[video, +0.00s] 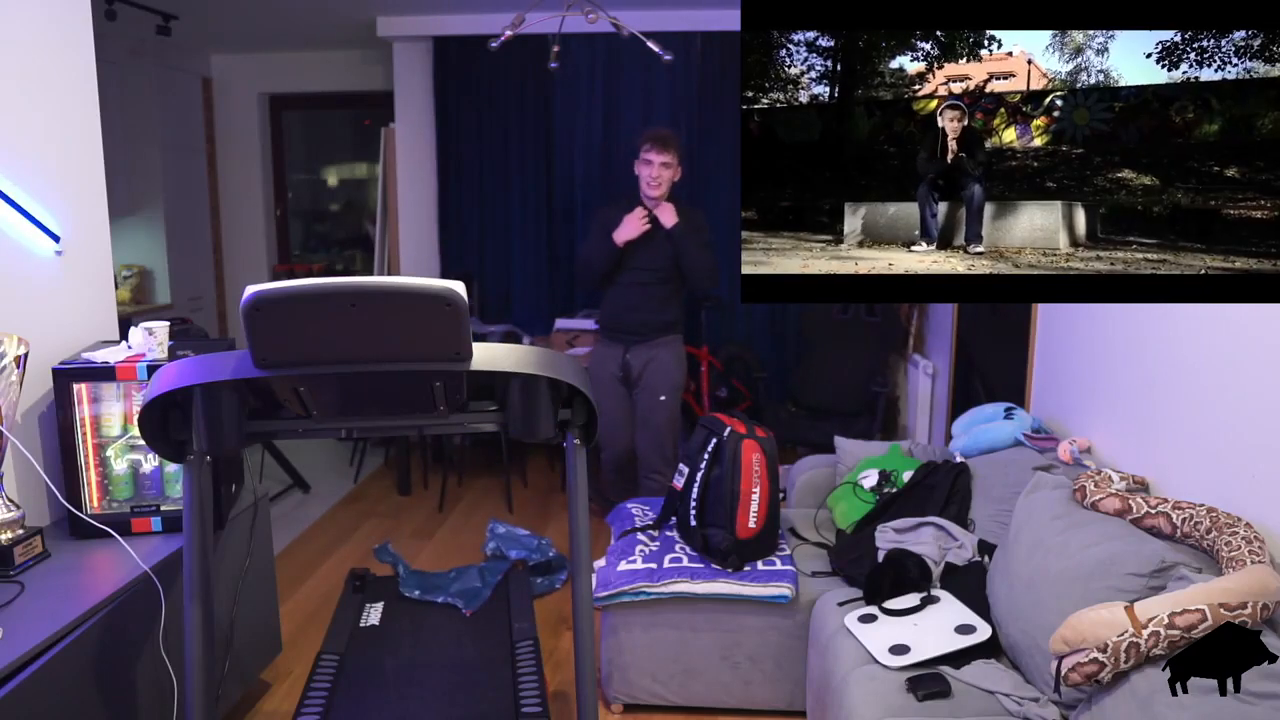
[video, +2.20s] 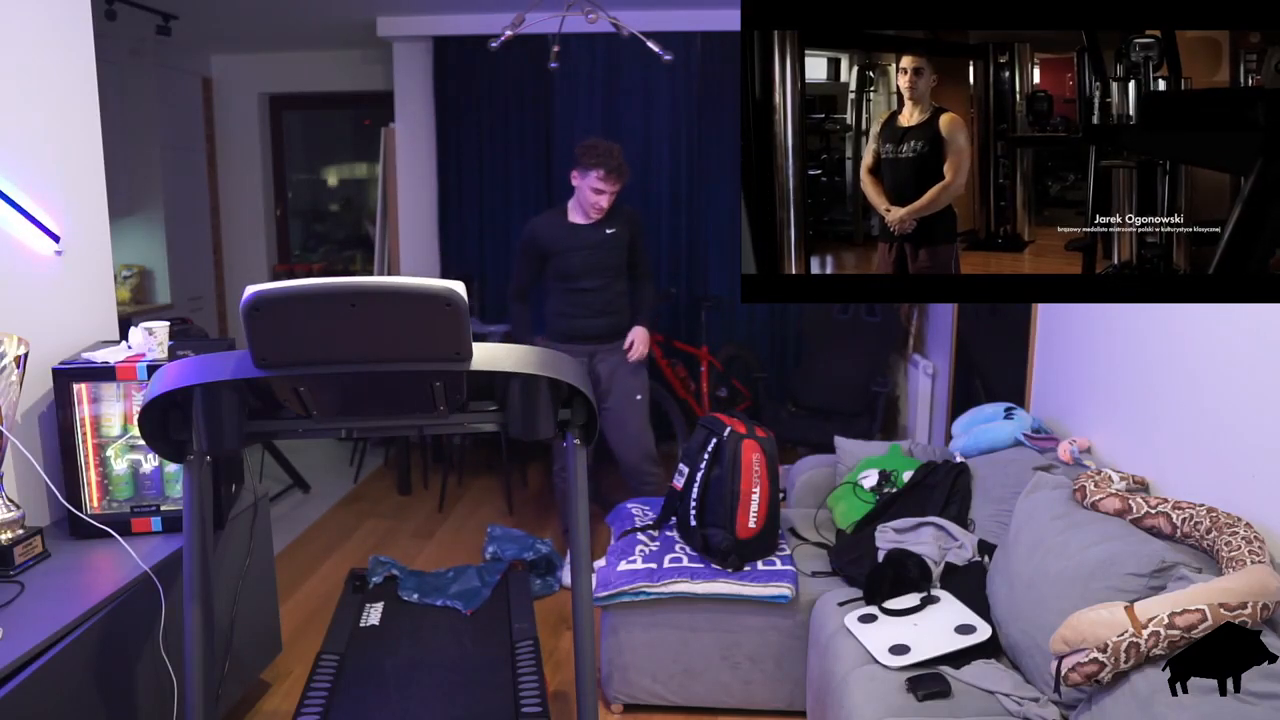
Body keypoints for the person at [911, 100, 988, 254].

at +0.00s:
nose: (955, 125)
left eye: (959, 120)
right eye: (951, 120)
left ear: (965, 121)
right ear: (942, 121)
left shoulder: (972, 136)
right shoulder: (934, 136)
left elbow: (978, 170)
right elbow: (923, 168)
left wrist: (958, 155)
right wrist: (947, 160)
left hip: (963, 181)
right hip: (941, 181)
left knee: (976, 190)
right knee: (925, 191)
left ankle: (973, 242)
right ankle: (928, 240)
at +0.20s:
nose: (965, 110)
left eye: (969, 106)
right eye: (961, 106)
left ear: (972, 108)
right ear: (950, 107)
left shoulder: (978, 125)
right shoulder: (938, 124)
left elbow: (985, 155)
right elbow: (929, 154)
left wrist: (969, 149)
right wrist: (951, 152)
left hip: (968, 171)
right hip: (943, 170)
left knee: (978, 192)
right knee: (928, 191)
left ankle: (974, 242)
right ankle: (929, 240)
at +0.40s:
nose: (913, 78)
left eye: (922, 72)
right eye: (908, 72)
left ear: (936, 80)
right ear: (901, 78)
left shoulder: (952, 122)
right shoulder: (887, 122)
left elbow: (959, 182)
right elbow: (869, 172)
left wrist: (910, 212)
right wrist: (895, 214)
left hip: (936, 239)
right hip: (893, 238)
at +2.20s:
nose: (909, 79)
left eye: (918, 72)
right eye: (904, 72)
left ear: (933, 80)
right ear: (897, 78)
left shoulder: (949, 123)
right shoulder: (883, 123)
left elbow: (955, 184)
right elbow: (865, 173)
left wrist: (906, 213)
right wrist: (890, 214)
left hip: (933, 240)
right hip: (890, 239)